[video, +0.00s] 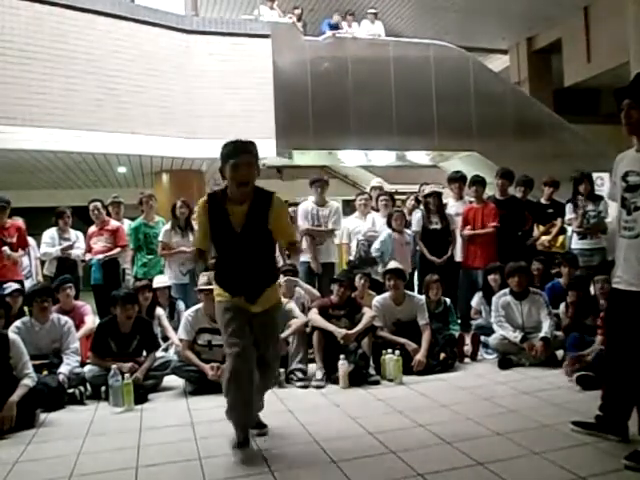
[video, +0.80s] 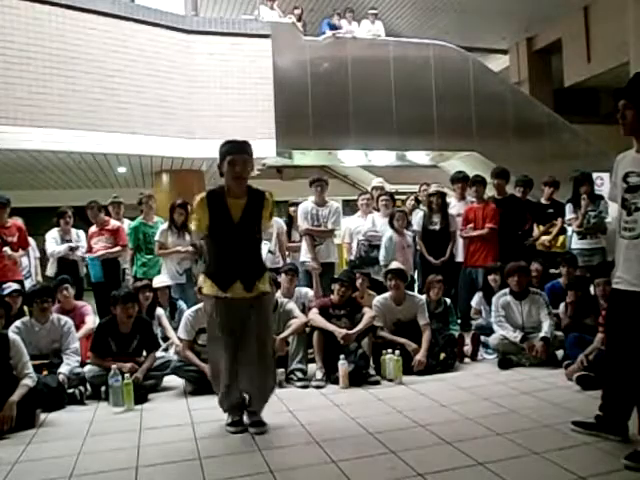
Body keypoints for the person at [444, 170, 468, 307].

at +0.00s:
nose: (457, 188)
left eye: (460, 184)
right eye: (454, 184)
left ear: (464, 186)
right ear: (449, 186)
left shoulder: (471, 204)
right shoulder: (444, 205)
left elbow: (474, 224)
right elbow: (441, 228)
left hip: (466, 255)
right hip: (449, 255)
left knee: (465, 292)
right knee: (449, 290)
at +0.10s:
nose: (457, 187)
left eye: (460, 184)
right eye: (453, 184)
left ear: (465, 186)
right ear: (449, 186)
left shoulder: (471, 204)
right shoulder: (445, 206)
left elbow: (474, 224)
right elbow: (441, 228)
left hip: (466, 255)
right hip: (448, 255)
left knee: (464, 292)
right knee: (448, 290)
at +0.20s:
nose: (458, 187)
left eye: (461, 184)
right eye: (454, 184)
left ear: (465, 185)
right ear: (450, 186)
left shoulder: (471, 204)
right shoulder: (445, 205)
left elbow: (475, 224)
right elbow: (441, 228)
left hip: (466, 255)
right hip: (449, 255)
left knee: (463, 292)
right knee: (447, 291)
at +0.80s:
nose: (461, 187)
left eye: (463, 184)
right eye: (457, 184)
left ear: (467, 185)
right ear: (453, 186)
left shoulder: (473, 204)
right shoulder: (447, 204)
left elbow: (477, 222)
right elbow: (443, 226)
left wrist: (470, 228)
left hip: (468, 254)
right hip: (451, 253)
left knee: (465, 290)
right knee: (449, 288)